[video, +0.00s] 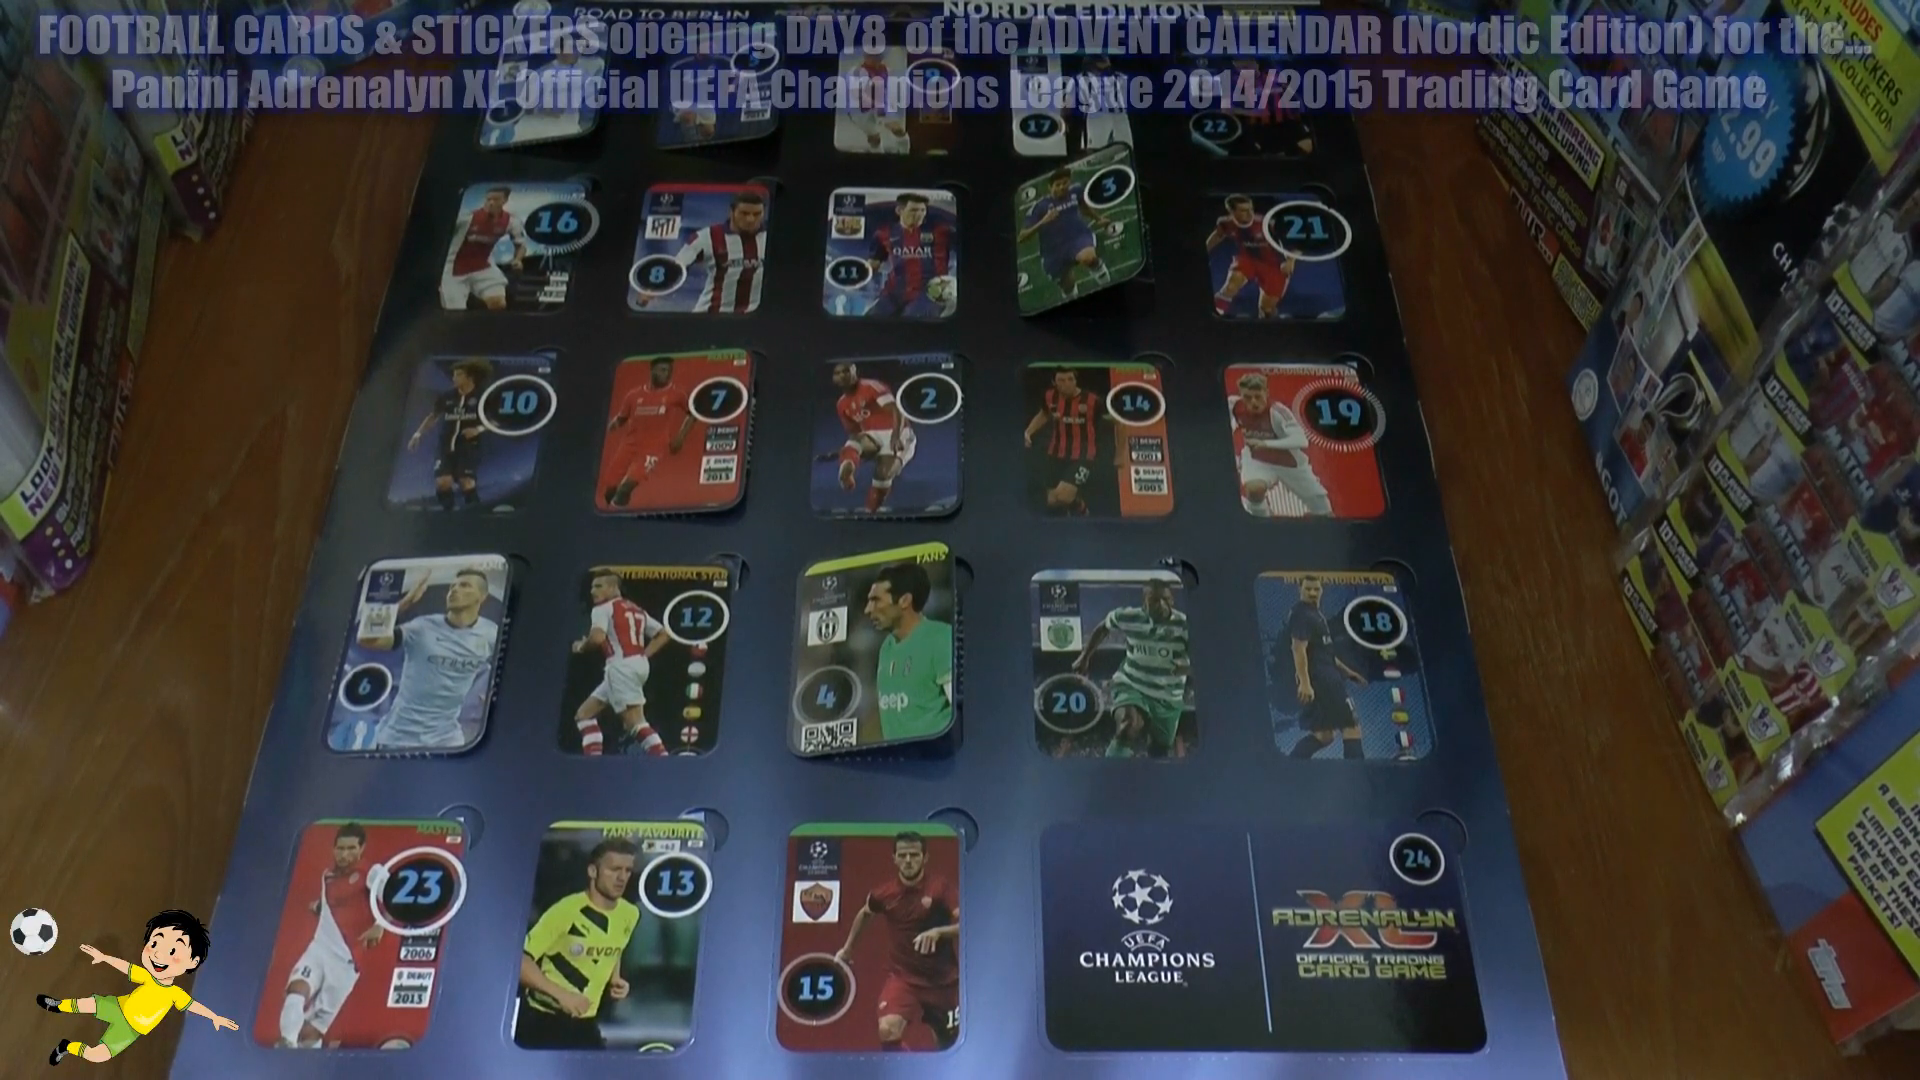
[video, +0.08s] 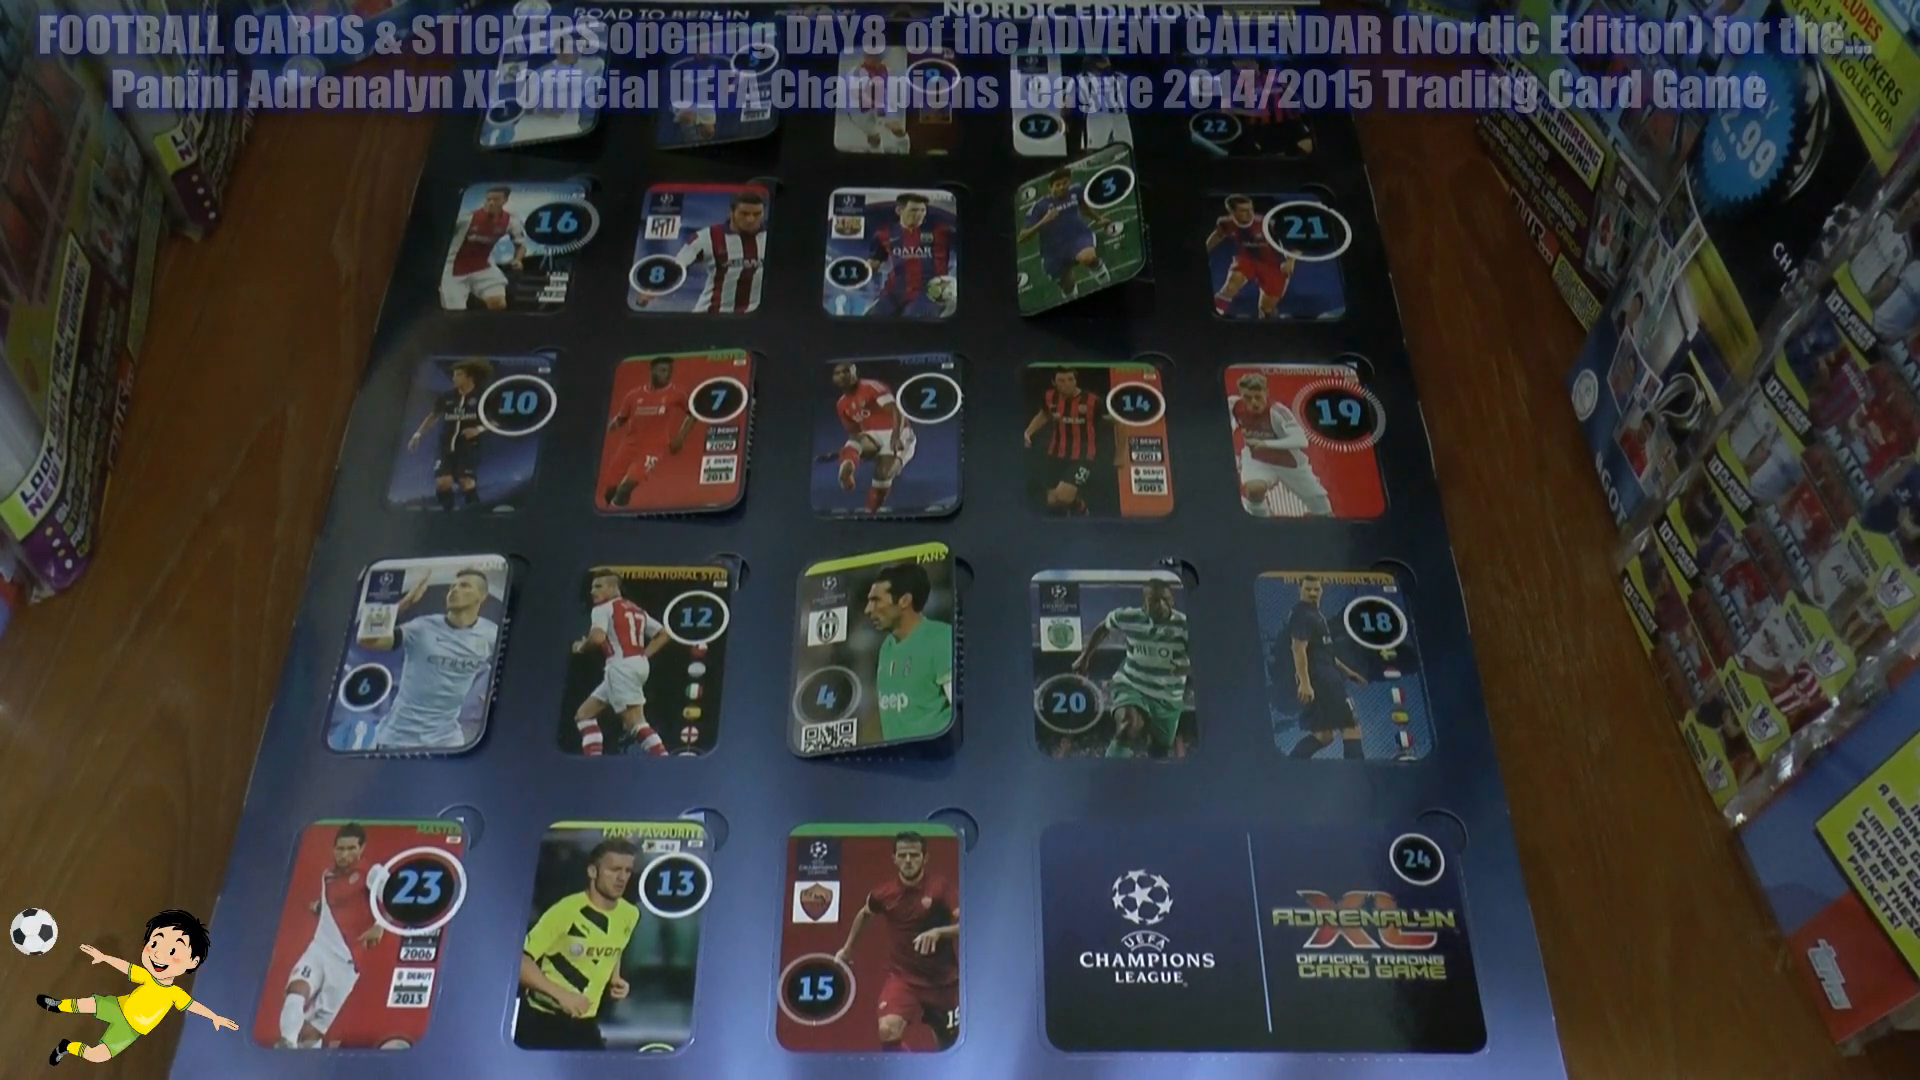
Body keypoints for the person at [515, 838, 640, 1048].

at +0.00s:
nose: (622, 878)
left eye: (627, 871)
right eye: (615, 869)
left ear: (631, 874)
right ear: (593, 871)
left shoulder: (629, 914)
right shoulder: (567, 909)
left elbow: (615, 951)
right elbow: (520, 961)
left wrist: (615, 978)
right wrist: (560, 994)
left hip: (585, 1026)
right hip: (541, 1023)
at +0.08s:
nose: (622, 878)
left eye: (627, 871)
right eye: (615, 870)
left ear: (631, 874)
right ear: (593, 871)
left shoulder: (629, 915)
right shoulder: (567, 910)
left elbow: (615, 952)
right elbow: (520, 961)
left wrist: (615, 977)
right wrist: (561, 994)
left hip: (585, 1026)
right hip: (541, 1023)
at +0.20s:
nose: (622, 878)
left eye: (627, 872)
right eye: (615, 870)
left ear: (631, 875)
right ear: (593, 872)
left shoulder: (629, 915)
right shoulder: (567, 910)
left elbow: (615, 952)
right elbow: (520, 961)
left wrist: (615, 978)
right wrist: (560, 995)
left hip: (585, 1027)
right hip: (541, 1024)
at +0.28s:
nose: (622, 878)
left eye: (627, 872)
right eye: (615, 870)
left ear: (631, 875)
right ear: (592, 872)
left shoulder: (629, 916)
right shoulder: (567, 911)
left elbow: (615, 952)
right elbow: (520, 961)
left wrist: (615, 978)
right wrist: (561, 995)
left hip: (584, 1027)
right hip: (541, 1024)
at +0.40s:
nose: (622, 879)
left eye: (627, 873)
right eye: (615, 871)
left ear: (631, 876)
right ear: (592, 873)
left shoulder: (629, 916)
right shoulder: (567, 911)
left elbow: (615, 953)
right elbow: (520, 962)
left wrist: (615, 979)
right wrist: (560, 996)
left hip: (585, 1028)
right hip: (541, 1025)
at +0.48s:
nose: (622, 879)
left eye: (627, 873)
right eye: (615, 871)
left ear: (631, 876)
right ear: (593, 873)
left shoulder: (629, 916)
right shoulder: (567, 911)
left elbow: (615, 953)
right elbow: (520, 962)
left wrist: (615, 980)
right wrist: (560, 996)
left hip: (584, 1028)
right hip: (541, 1025)